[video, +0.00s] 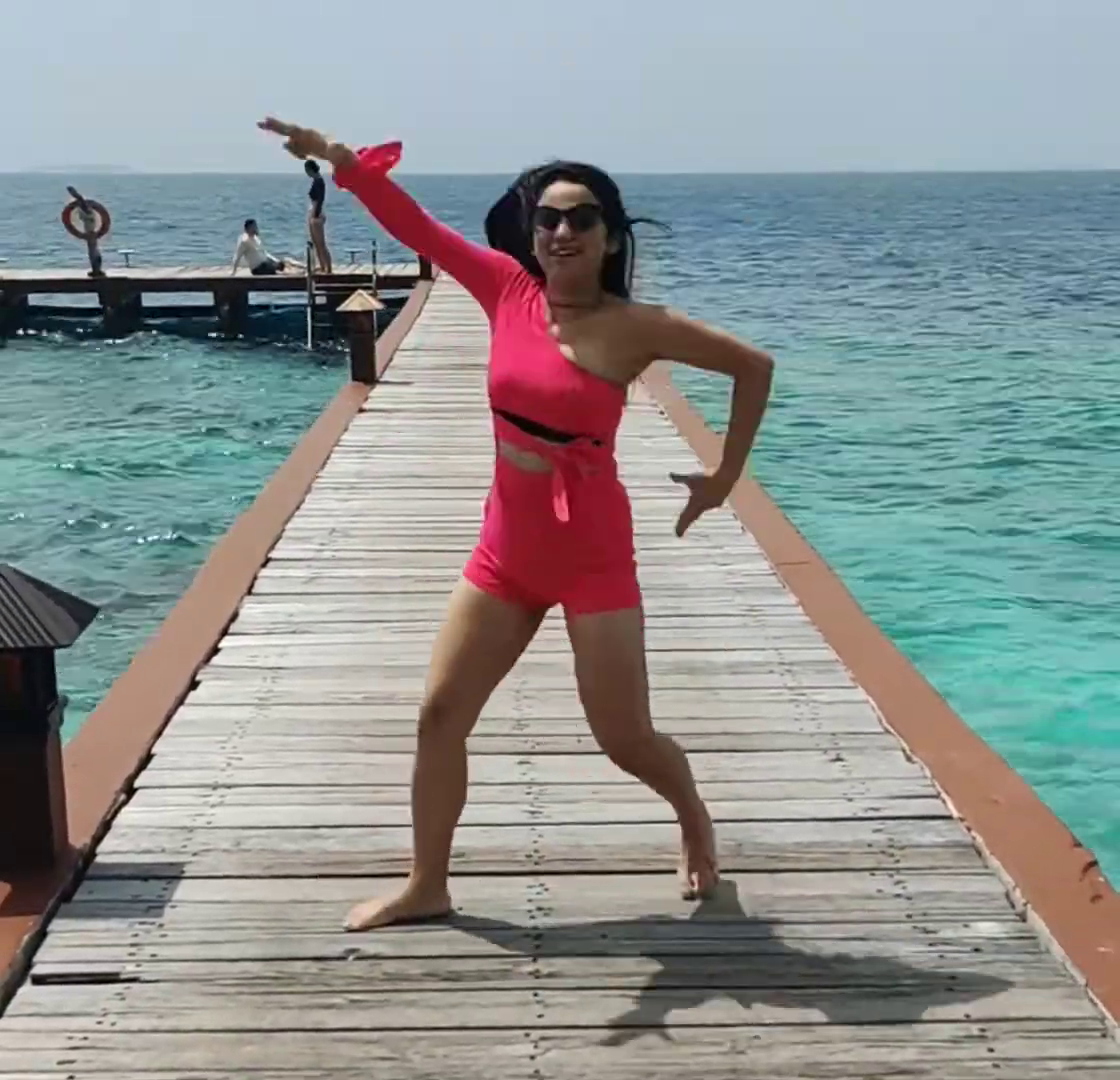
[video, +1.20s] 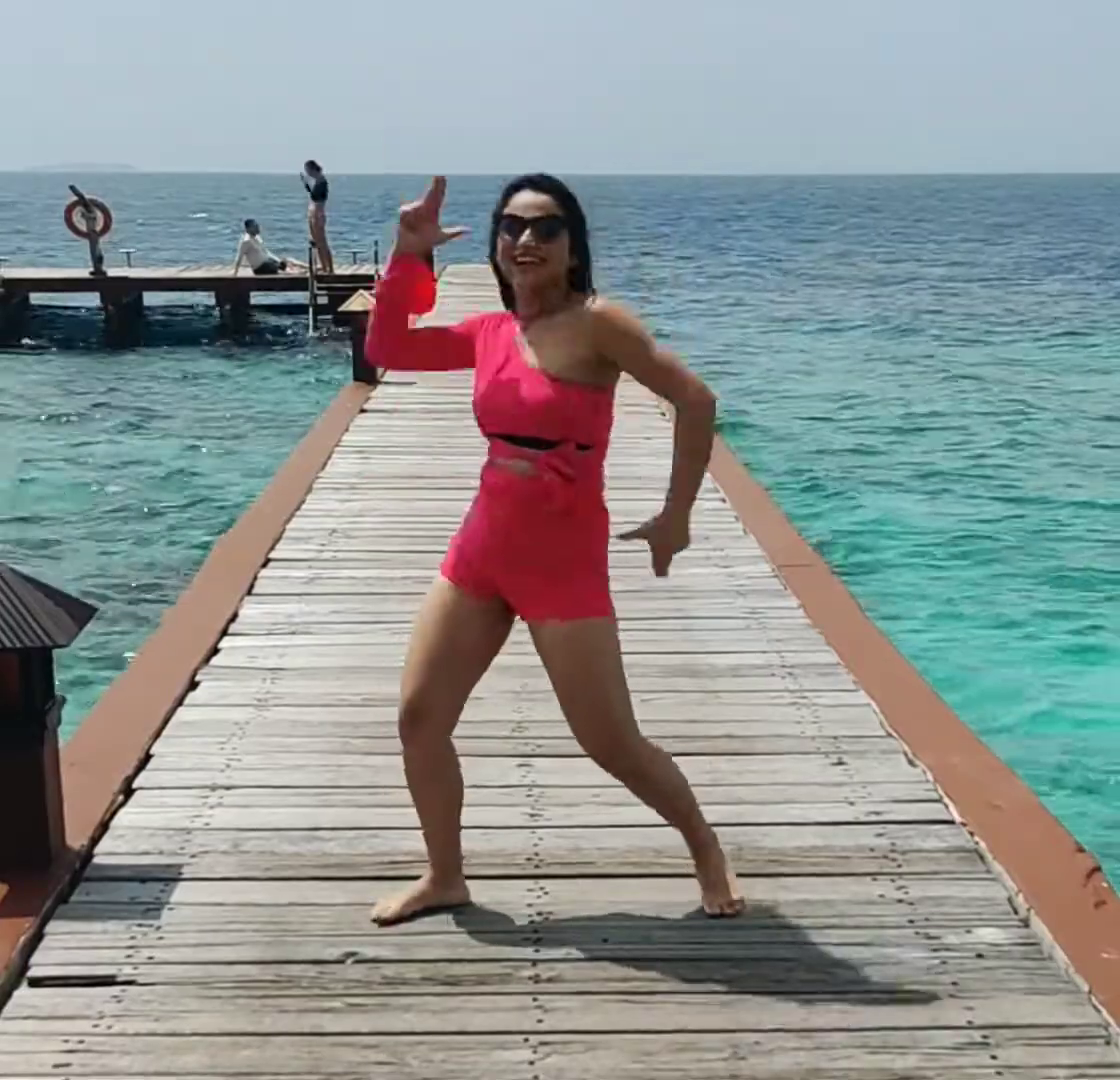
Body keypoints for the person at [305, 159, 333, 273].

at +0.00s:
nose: (307, 173)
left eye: (308, 170)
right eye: (307, 170)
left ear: (311, 170)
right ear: (314, 168)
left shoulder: (318, 181)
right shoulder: (316, 181)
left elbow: (319, 199)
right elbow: (316, 198)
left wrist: (316, 214)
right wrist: (313, 212)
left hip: (317, 214)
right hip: (312, 213)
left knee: (320, 243)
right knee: (316, 243)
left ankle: (327, 268)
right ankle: (322, 266)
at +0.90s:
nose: (306, 175)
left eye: (306, 172)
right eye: (305, 172)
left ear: (311, 170)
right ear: (313, 169)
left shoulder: (320, 181)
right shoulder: (317, 181)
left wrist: (318, 211)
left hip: (317, 212)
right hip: (313, 211)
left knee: (321, 241)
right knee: (316, 241)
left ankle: (329, 268)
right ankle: (323, 267)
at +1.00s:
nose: (306, 174)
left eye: (307, 171)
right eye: (305, 171)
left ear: (311, 170)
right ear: (312, 169)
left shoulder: (321, 181)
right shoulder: (316, 181)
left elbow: (330, 195)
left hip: (318, 211)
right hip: (312, 211)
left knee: (321, 241)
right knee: (316, 241)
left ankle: (329, 268)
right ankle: (324, 267)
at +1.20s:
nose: (308, 173)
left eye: (308, 171)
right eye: (307, 171)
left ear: (314, 169)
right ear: (313, 169)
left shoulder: (321, 182)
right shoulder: (317, 182)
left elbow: (315, 197)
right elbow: (314, 196)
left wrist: (306, 184)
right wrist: (306, 183)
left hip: (318, 211)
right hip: (312, 211)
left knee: (321, 241)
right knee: (316, 241)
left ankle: (329, 268)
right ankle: (323, 267)